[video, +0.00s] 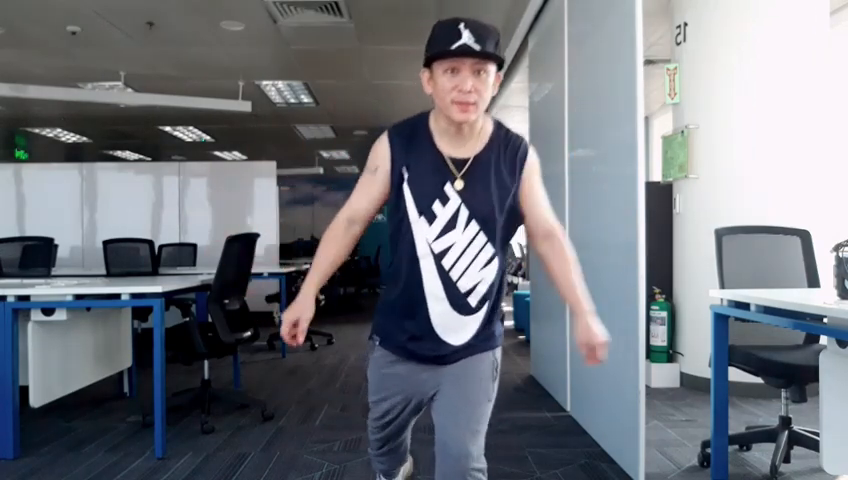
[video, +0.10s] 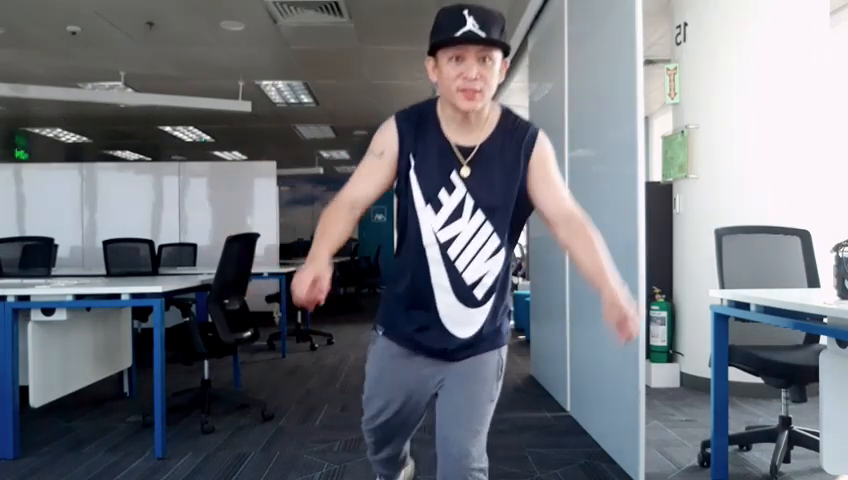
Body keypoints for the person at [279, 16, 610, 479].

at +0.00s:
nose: (466, 85)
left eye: (479, 72)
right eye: (452, 72)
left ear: (495, 81)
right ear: (427, 80)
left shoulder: (515, 154)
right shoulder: (395, 146)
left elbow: (547, 235)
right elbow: (350, 221)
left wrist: (584, 314)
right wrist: (308, 291)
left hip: (474, 344)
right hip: (400, 339)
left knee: (462, 464)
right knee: (384, 441)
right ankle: (394, 473)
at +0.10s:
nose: (471, 72)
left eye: (484, 59)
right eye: (457, 59)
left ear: (501, 69)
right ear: (433, 68)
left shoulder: (527, 144)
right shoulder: (401, 132)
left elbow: (568, 221)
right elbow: (350, 201)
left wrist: (610, 289)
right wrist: (319, 256)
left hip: (479, 340)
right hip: (405, 332)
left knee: (464, 463)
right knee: (380, 432)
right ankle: (391, 470)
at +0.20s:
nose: (472, 62)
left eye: (485, 48)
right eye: (458, 48)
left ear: (506, 56)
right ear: (435, 59)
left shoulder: (538, 128)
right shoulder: (409, 114)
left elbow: (574, 199)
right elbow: (356, 172)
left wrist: (613, 227)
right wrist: (329, 202)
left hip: (489, 337)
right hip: (411, 325)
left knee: (469, 468)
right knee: (372, 456)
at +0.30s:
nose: (478, 50)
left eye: (492, 35)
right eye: (463, 37)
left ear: (512, 44)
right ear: (441, 48)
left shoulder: (546, 117)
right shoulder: (415, 110)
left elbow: (589, 189)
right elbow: (360, 174)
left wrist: (568, 190)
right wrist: (307, 209)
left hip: (496, 337)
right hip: (416, 324)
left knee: (475, 470)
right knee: (370, 460)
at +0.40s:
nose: (485, 38)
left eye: (499, 24)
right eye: (470, 25)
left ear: (520, 35)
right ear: (447, 38)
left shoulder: (553, 107)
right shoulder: (420, 109)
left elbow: (575, 180)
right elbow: (356, 188)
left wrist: (506, 187)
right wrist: (288, 255)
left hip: (506, 335)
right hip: (424, 323)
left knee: (485, 472)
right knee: (390, 459)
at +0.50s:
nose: (489, 34)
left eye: (503, 20)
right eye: (473, 20)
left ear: (525, 31)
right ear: (450, 34)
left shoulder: (558, 105)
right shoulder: (424, 109)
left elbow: (573, 181)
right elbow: (367, 193)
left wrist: (488, 194)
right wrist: (310, 269)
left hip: (515, 333)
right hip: (432, 323)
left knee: (492, 471)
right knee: (413, 464)